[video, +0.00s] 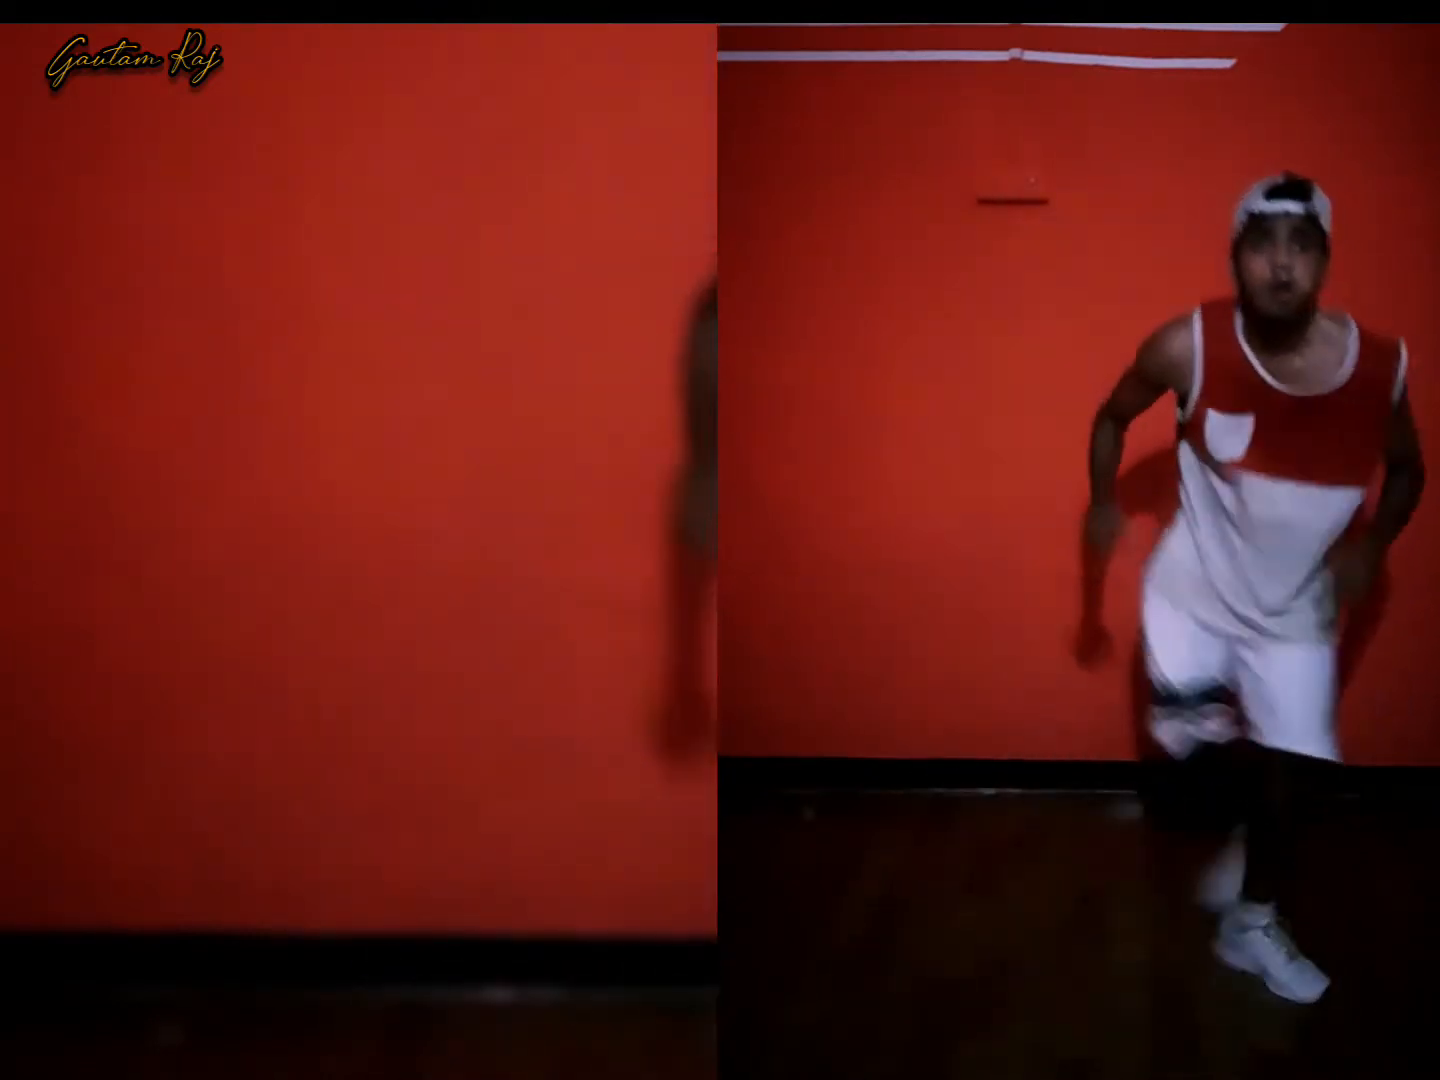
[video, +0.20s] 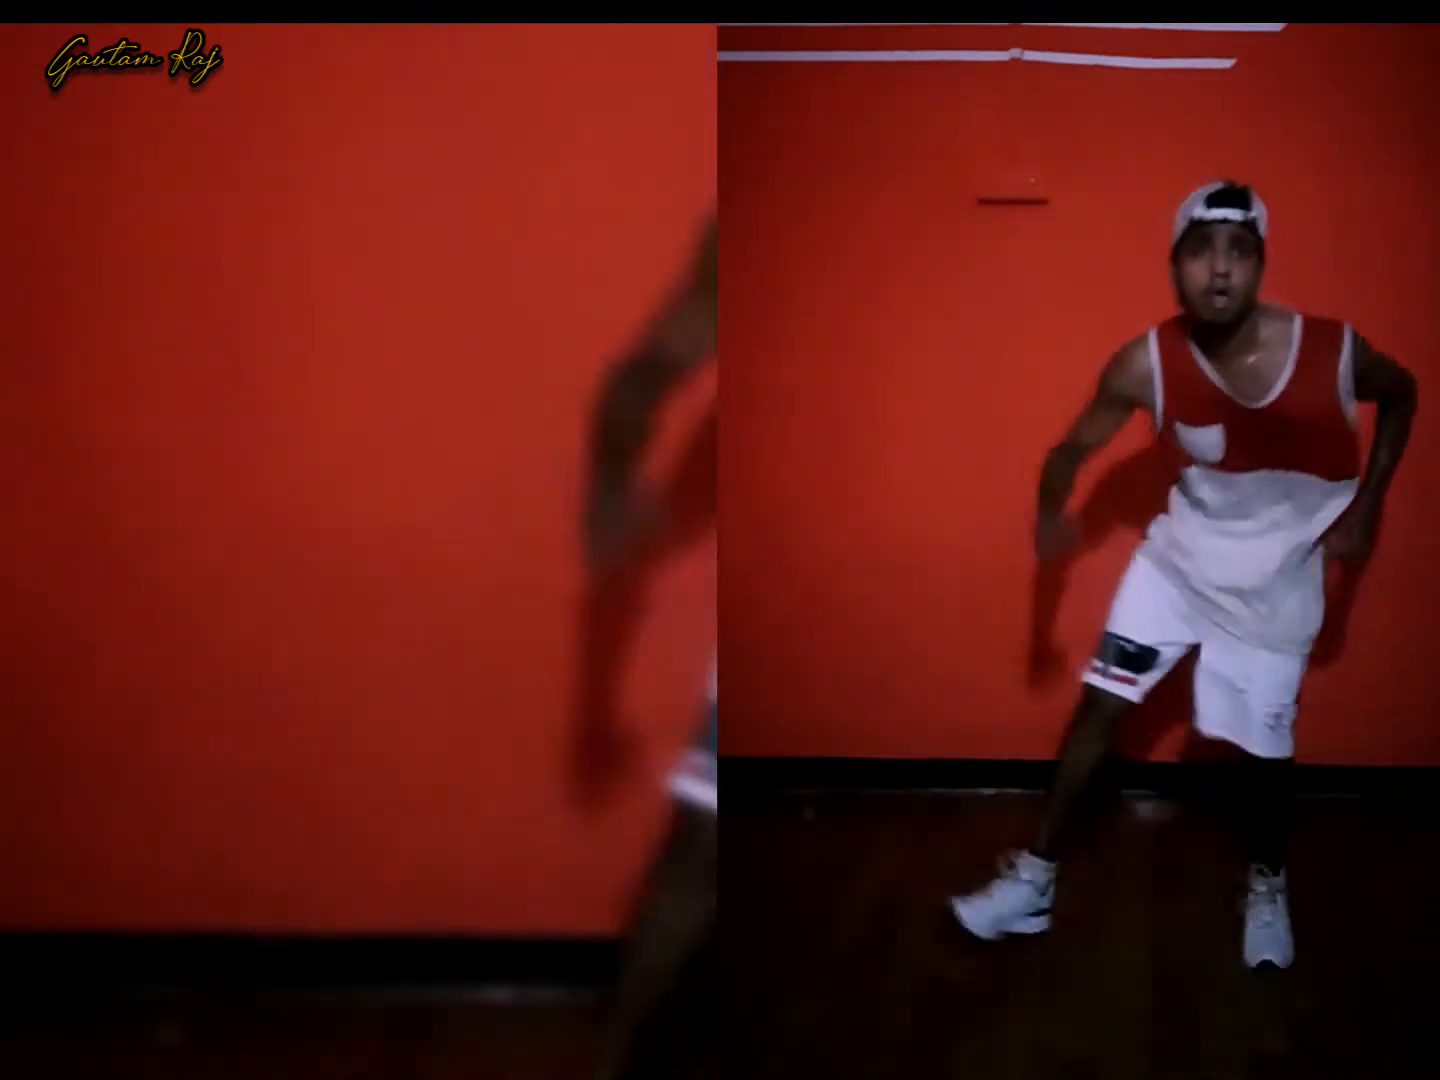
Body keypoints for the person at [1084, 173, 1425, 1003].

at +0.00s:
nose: (1280, 263)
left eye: (1299, 245)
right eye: (1262, 244)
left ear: (1325, 262)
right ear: (1235, 260)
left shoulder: (1377, 366)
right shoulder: (1188, 348)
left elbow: (1407, 471)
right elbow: (1112, 419)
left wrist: (1367, 547)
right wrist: (1102, 504)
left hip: (1295, 615)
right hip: (1192, 597)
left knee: (1296, 775)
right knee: (1198, 768)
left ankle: (1253, 919)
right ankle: (1233, 845)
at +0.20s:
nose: (1221, 269)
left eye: (1239, 252)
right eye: (1203, 251)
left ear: (1262, 267)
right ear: (1175, 266)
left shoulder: (1328, 352)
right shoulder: (1147, 364)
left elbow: (1400, 395)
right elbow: (1072, 451)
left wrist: (1366, 508)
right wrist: (1051, 515)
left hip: (1281, 569)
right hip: (1182, 554)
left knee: (1262, 747)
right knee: (1103, 701)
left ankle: (1266, 890)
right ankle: (1034, 878)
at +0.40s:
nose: (1207, 263)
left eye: (1223, 245)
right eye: (1189, 246)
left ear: (1247, 259)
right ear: (1163, 260)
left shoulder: (1293, 363)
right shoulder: (1114, 348)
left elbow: (1292, 507)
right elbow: (1045, 413)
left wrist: (1303, 449)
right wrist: (1054, 508)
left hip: (1255, 554)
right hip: (1150, 546)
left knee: (1290, 706)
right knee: (1127, 711)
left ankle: (1239, 812)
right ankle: (1135, 875)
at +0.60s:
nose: (1157, 270)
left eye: (1174, 254)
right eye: (1140, 253)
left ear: (1199, 269)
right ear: (1117, 268)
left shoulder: (1250, 368)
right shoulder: (1080, 359)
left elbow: (1283, 478)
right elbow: (1036, 429)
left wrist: (1238, 485)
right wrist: (1025, 524)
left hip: (1192, 592)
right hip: (1102, 577)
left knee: (1165, 752)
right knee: (1076, 740)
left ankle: (1062, 792)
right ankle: (1128, 881)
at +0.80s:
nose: (1128, 284)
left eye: (1145, 268)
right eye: (1112, 268)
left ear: (1170, 279)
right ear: (1092, 282)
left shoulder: (1230, 374)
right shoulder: (1067, 374)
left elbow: (1286, 452)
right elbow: (1043, 465)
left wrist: (1219, 526)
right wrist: (1016, 512)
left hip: (1167, 600)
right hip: (1083, 585)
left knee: (1106, 776)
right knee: (1058, 751)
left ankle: (1042, 802)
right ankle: (1125, 881)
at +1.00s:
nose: (1142, 280)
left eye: (1159, 263)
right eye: (1126, 263)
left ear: (1183, 276)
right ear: (1103, 277)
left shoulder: (1234, 370)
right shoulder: (1064, 361)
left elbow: (1265, 483)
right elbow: (1026, 441)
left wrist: (1241, 461)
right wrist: (1047, 506)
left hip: (1188, 576)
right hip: (1088, 571)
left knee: (1228, 727)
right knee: (1068, 744)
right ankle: (1101, 878)